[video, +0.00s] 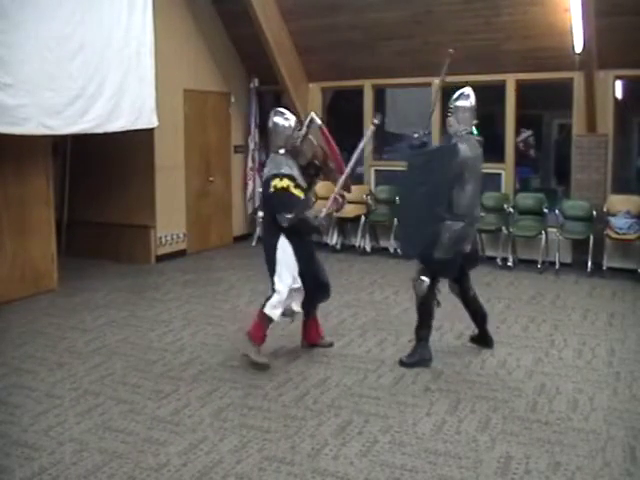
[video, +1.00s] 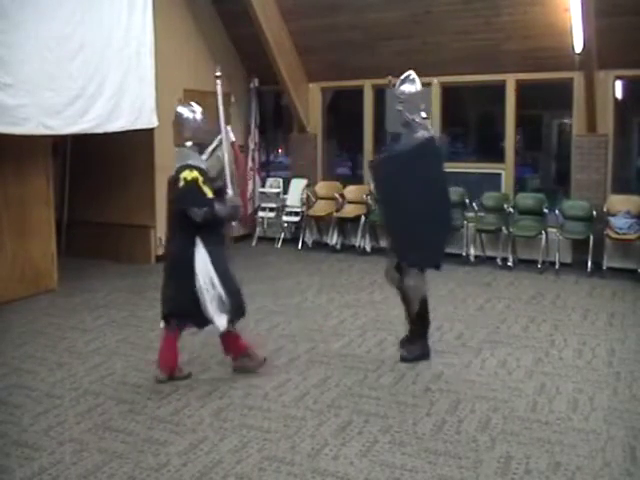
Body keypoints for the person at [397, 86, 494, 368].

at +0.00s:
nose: (449, 118)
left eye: (454, 114)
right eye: (451, 113)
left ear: (464, 118)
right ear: (467, 119)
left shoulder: (460, 149)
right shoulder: (472, 146)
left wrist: (418, 153)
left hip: (449, 224)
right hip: (464, 222)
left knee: (424, 281)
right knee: (460, 282)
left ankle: (422, 347)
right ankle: (483, 332)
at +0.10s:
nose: (454, 118)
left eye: (460, 113)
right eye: (454, 113)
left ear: (471, 116)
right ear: (452, 115)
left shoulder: (469, 147)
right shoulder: (460, 144)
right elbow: (436, 171)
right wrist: (423, 152)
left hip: (450, 225)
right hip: (459, 224)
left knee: (426, 280)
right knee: (464, 281)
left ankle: (421, 342)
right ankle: (484, 333)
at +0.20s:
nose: (453, 117)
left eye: (457, 112)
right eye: (454, 112)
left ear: (466, 114)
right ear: (470, 116)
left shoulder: (466, 145)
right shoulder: (473, 141)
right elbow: (446, 167)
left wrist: (423, 150)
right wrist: (430, 151)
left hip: (454, 221)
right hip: (465, 220)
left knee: (433, 278)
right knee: (465, 280)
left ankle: (421, 341)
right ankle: (484, 333)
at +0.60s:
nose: (432, 115)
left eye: (438, 110)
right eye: (431, 110)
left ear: (451, 114)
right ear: (429, 112)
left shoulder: (456, 146)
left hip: (440, 224)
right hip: (455, 223)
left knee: (423, 280)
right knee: (467, 279)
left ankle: (422, 342)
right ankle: (485, 333)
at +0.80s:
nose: (418, 111)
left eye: (423, 105)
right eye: (416, 105)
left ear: (434, 107)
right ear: (413, 108)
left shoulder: (436, 144)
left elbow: (451, 193)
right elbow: (399, 194)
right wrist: (399, 229)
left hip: (430, 223)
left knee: (415, 278)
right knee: (434, 274)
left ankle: (421, 342)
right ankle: (466, 319)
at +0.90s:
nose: (407, 110)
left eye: (413, 104)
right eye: (407, 104)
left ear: (423, 107)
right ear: (406, 107)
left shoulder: (432, 143)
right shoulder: (412, 140)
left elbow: (440, 191)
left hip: (429, 220)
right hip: (415, 219)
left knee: (414, 276)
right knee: (418, 272)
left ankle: (421, 340)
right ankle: (444, 318)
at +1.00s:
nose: (400, 109)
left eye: (404, 103)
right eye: (399, 103)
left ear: (413, 107)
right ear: (399, 107)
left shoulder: (424, 143)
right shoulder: (406, 140)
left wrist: (380, 167)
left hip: (422, 222)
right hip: (408, 220)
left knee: (412, 276)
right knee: (396, 273)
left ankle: (419, 341)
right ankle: (416, 331)